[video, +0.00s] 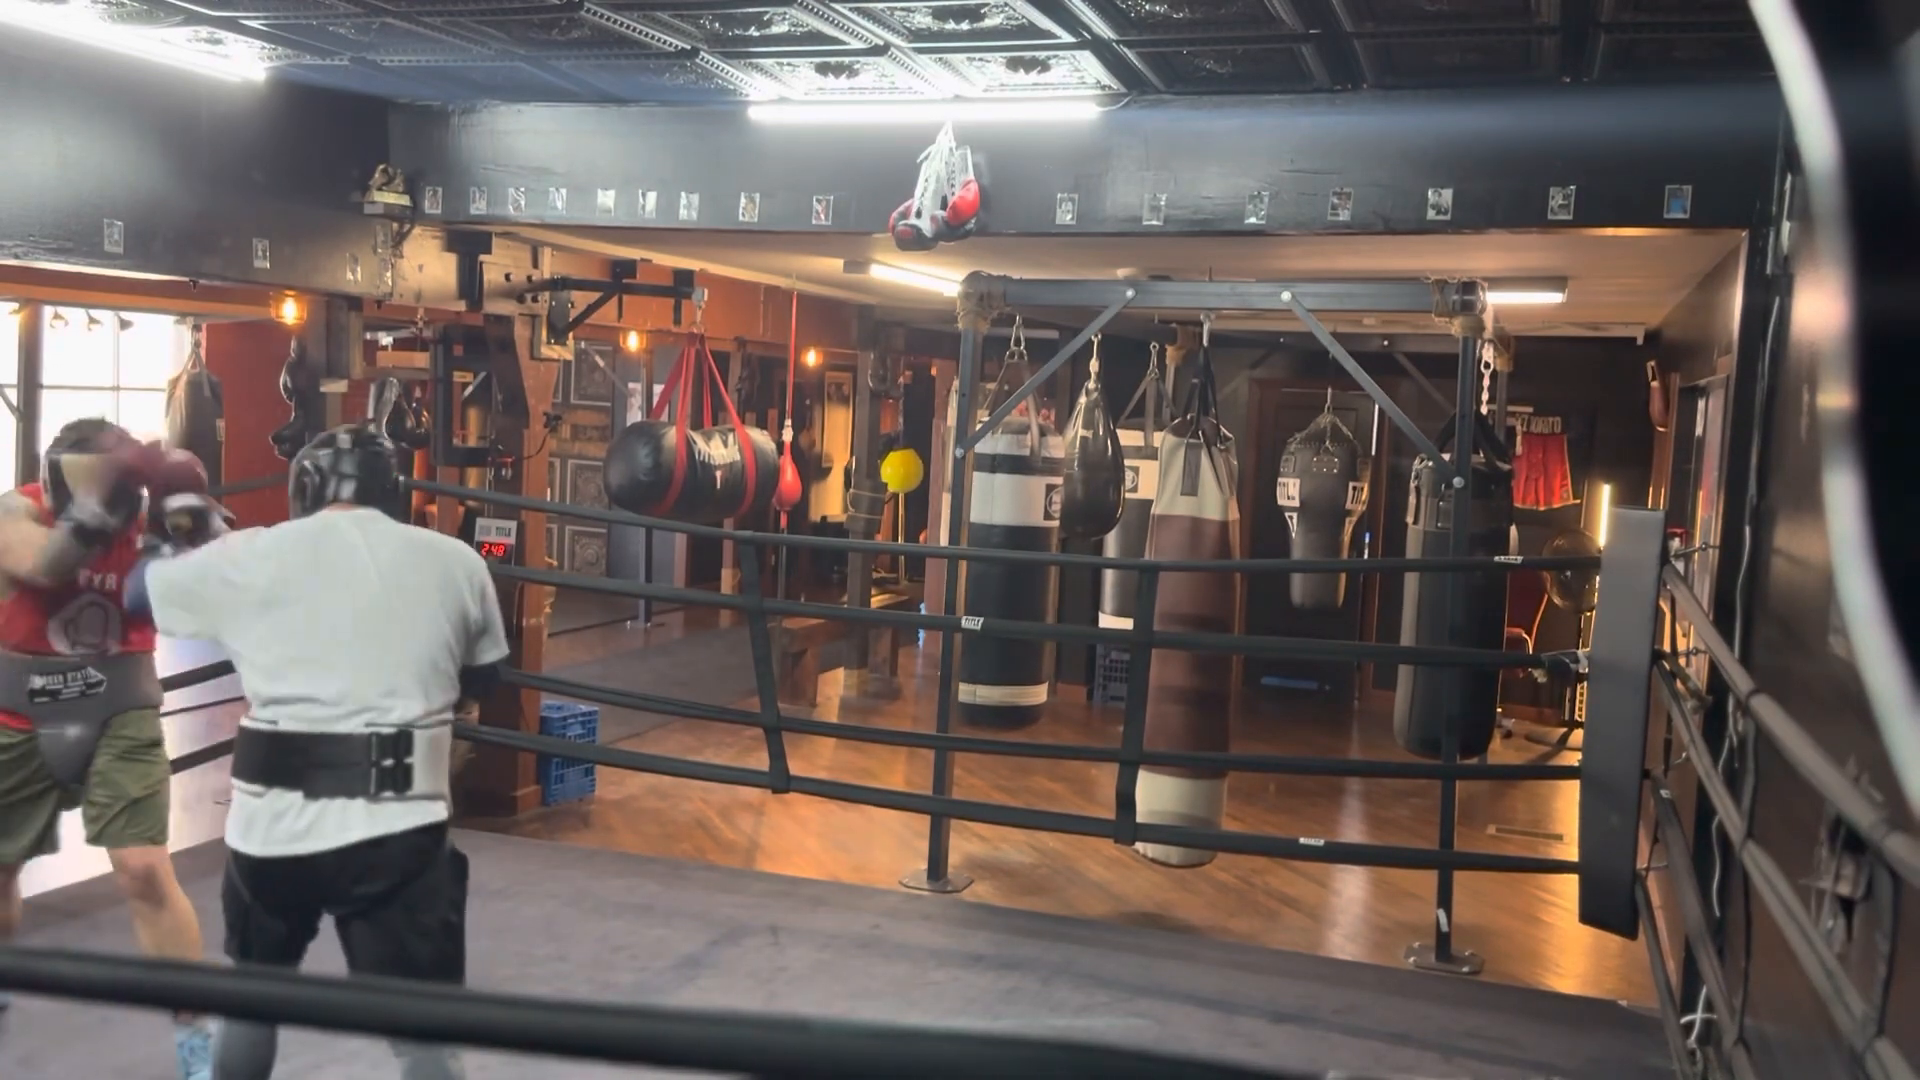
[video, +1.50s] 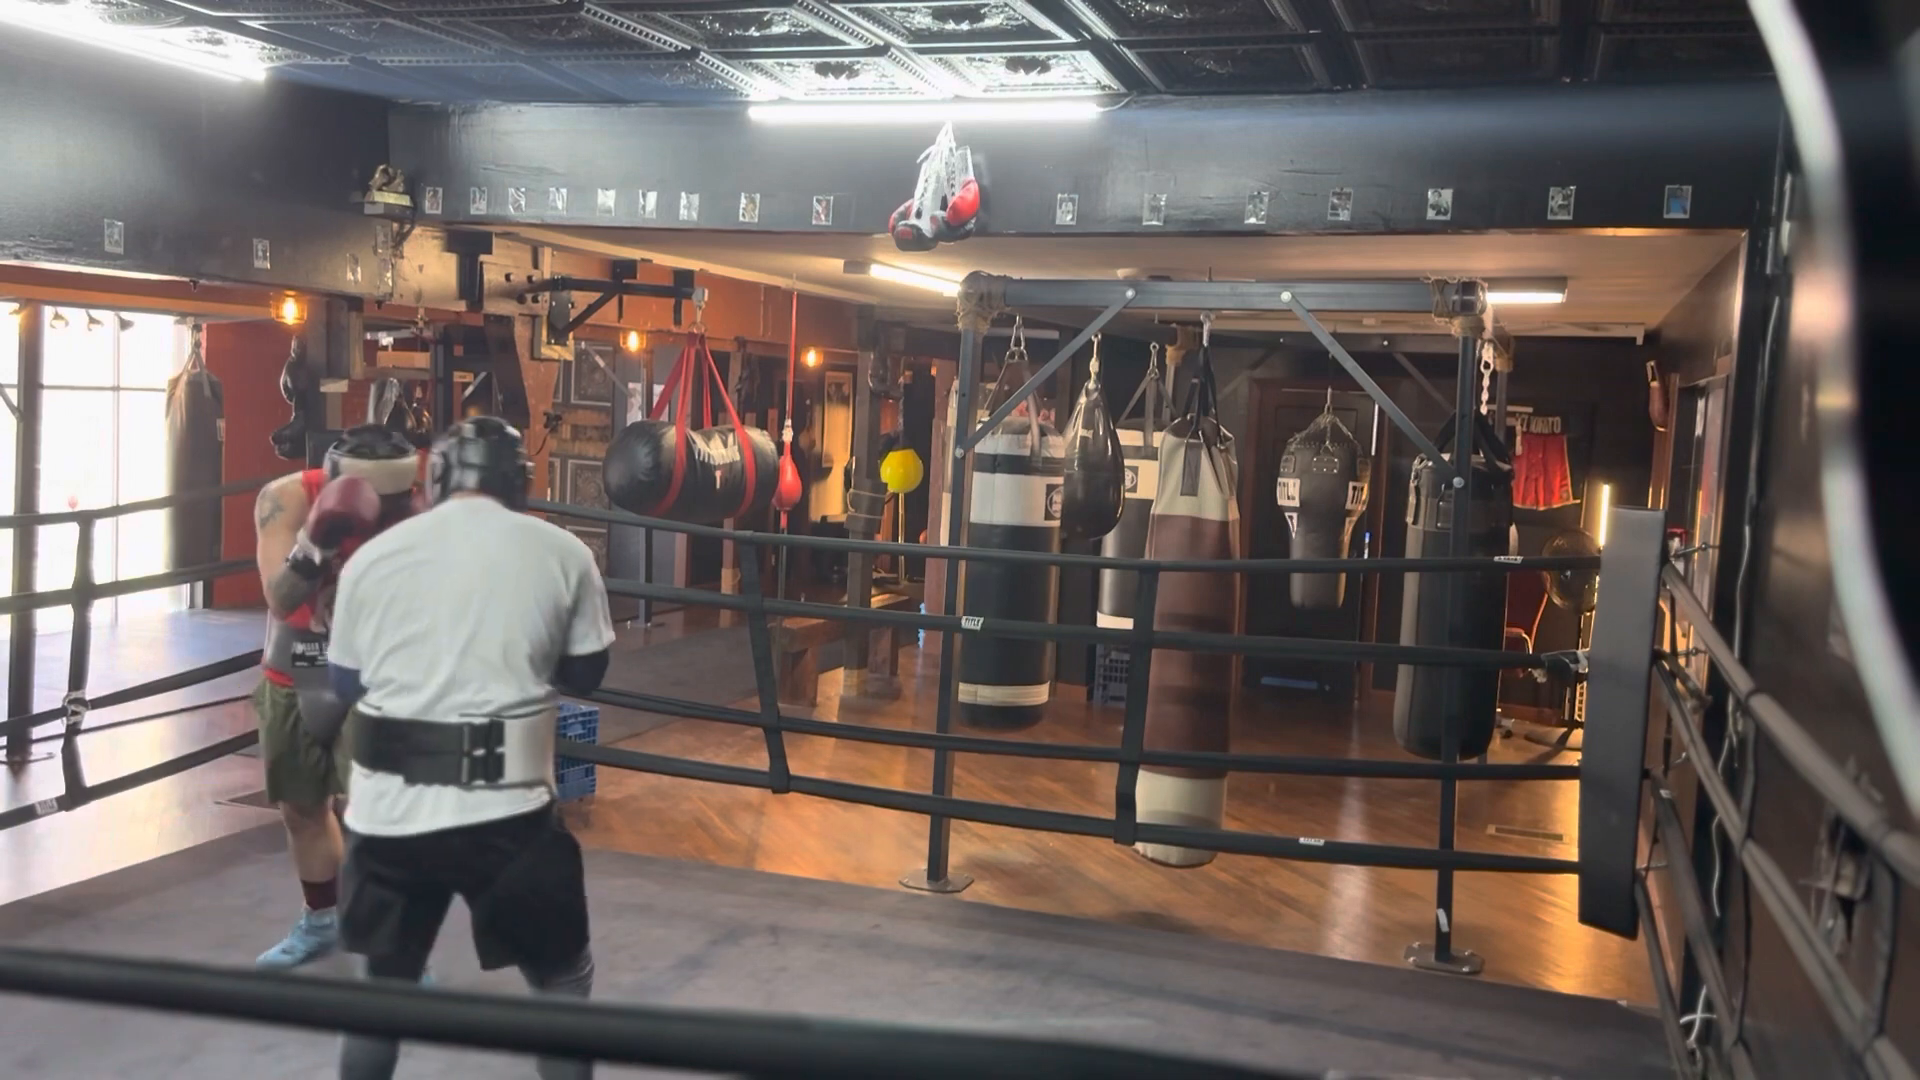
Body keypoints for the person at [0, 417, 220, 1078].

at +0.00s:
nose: (99, 501)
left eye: (110, 490)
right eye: (84, 487)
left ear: (129, 485)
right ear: (56, 480)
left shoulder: (147, 520)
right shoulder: (20, 507)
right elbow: (40, 565)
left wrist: (194, 529)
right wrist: (87, 518)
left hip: (123, 709)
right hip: (19, 715)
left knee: (144, 870)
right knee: (2, 877)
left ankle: (194, 1031)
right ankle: (3, 999)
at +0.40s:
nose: (175, 490)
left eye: (190, 474)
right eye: (158, 478)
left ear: (213, 457)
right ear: (131, 464)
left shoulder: (246, 501)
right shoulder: (92, 497)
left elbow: (264, 599)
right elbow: (68, 611)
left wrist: (207, 569)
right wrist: (119, 562)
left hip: (199, 695)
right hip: (106, 693)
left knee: (189, 864)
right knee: (59, 851)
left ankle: (201, 1003)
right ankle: (94, 967)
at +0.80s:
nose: (200, 456)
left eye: (215, 444)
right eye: (189, 443)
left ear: (242, 441)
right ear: (171, 438)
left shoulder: (272, 488)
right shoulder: (145, 491)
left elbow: (301, 587)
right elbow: (130, 584)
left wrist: (288, 524)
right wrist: (157, 512)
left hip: (249, 680)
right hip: (156, 680)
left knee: (260, 835)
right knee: (152, 835)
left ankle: (288, 987)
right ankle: (147, 962)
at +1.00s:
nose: (266, 486)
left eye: (277, 473)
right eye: (252, 475)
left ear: (298, 467)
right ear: (232, 473)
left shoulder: (322, 519)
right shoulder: (218, 511)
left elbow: (361, 571)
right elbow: (169, 578)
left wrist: (332, 514)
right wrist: (194, 516)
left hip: (290, 689)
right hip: (203, 681)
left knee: (309, 827)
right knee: (167, 827)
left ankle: (322, 959)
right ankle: (146, 956)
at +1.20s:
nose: (325, 479)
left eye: (340, 472)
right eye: (317, 469)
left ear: (356, 473)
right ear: (303, 462)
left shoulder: (381, 501)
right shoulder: (262, 497)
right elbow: (249, 594)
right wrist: (284, 540)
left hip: (354, 689)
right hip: (266, 684)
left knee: (365, 817)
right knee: (226, 817)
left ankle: (380, 945)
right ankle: (192, 931)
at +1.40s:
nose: (370, 484)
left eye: (385, 478)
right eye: (364, 472)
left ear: (405, 477)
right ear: (345, 466)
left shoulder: (415, 512)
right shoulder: (291, 494)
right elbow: (282, 595)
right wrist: (318, 537)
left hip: (376, 684)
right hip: (286, 681)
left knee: (387, 815)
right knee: (268, 804)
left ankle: (410, 948)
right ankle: (278, 910)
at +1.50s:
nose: (379, 496)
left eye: (392, 486)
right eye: (368, 484)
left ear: (405, 476)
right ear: (335, 470)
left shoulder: (411, 507)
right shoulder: (283, 497)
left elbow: (424, 591)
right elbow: (280, 597)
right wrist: (317, 539)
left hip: (373, 681)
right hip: (292, 682)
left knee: (372, 810)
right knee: (303, 811)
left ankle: (392, 940)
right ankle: (322, 921)